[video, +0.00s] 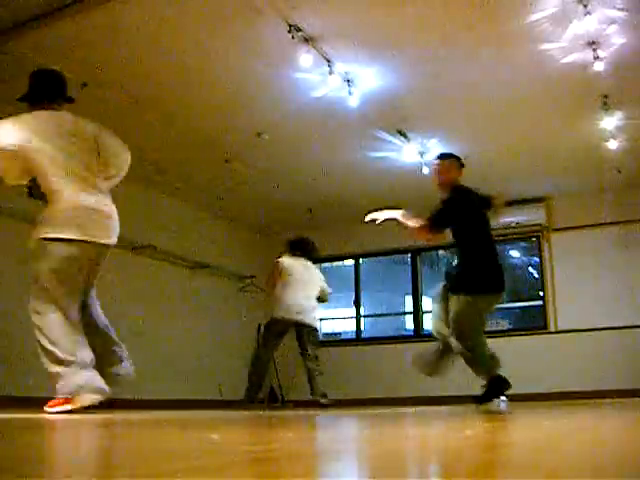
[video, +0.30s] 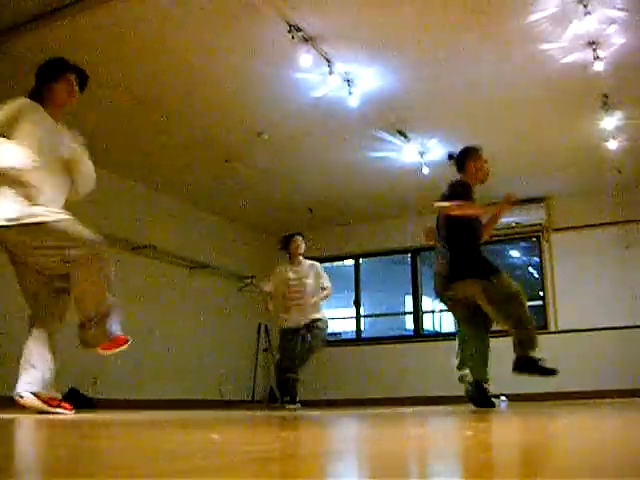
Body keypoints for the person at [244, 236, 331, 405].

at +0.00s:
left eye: (288, 249)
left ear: (290, 249)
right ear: (311, 253)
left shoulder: (282, 262)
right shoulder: (314, 271)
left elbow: (270, 285)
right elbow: (325, 296)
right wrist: (308, 294)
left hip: (282, 312)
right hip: (307, 315)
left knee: (264, 352)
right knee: (311, 355)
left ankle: (253, 394)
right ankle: (319, 395)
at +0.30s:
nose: (299, 247)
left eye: (301, 243)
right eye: (295, 244)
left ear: (304, 246)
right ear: (288, 248)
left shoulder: (314, 267)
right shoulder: (281, 270)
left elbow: (327, 289)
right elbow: (268, 287)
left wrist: (315, 299)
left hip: (313, 319)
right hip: (289, 322)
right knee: (287, 363)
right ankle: (291, 398)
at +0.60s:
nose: (325, 254)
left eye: (326, 251)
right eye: (322, 251)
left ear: (326, 255)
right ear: (313, 254)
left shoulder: (327, 278)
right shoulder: (302, 273)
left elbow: (329, 302)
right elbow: (287, 289)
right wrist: (293, 294)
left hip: (326, 326)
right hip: (308, 325)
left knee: (344, 363)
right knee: (303, 362)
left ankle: (350, 396)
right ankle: (284, 395)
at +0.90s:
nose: (351, 272)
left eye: (351, 268)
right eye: (348, 268)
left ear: (343, 270)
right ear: (340, 270)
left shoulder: (341, 286)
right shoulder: (328, 282)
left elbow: (343, 301)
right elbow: (322, 292)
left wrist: (353, 303)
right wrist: (343, 298)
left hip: (334, 331)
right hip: (320, 331)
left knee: (358, 355)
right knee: (351, 354)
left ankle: (340, 392)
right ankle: (326, 390)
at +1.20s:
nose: (374, 329)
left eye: (374, 326)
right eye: (372, 326)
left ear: (357, 327)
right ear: (368, 327)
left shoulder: (348, 337)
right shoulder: (370, 341)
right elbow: (370, 365)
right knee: (365, 371)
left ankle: (332, 397)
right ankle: (350, 398)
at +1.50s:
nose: (377, 282)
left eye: (377, 279)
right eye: (376, 279)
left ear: (357, 279)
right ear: (370, 278)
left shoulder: (343, 292)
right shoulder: (371, 291)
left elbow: (334, 315)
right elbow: (381, 311)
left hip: (336, 334)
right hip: (357, 334)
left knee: (353, 367)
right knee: (373, 362)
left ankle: (329, 395)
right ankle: (356, 389)